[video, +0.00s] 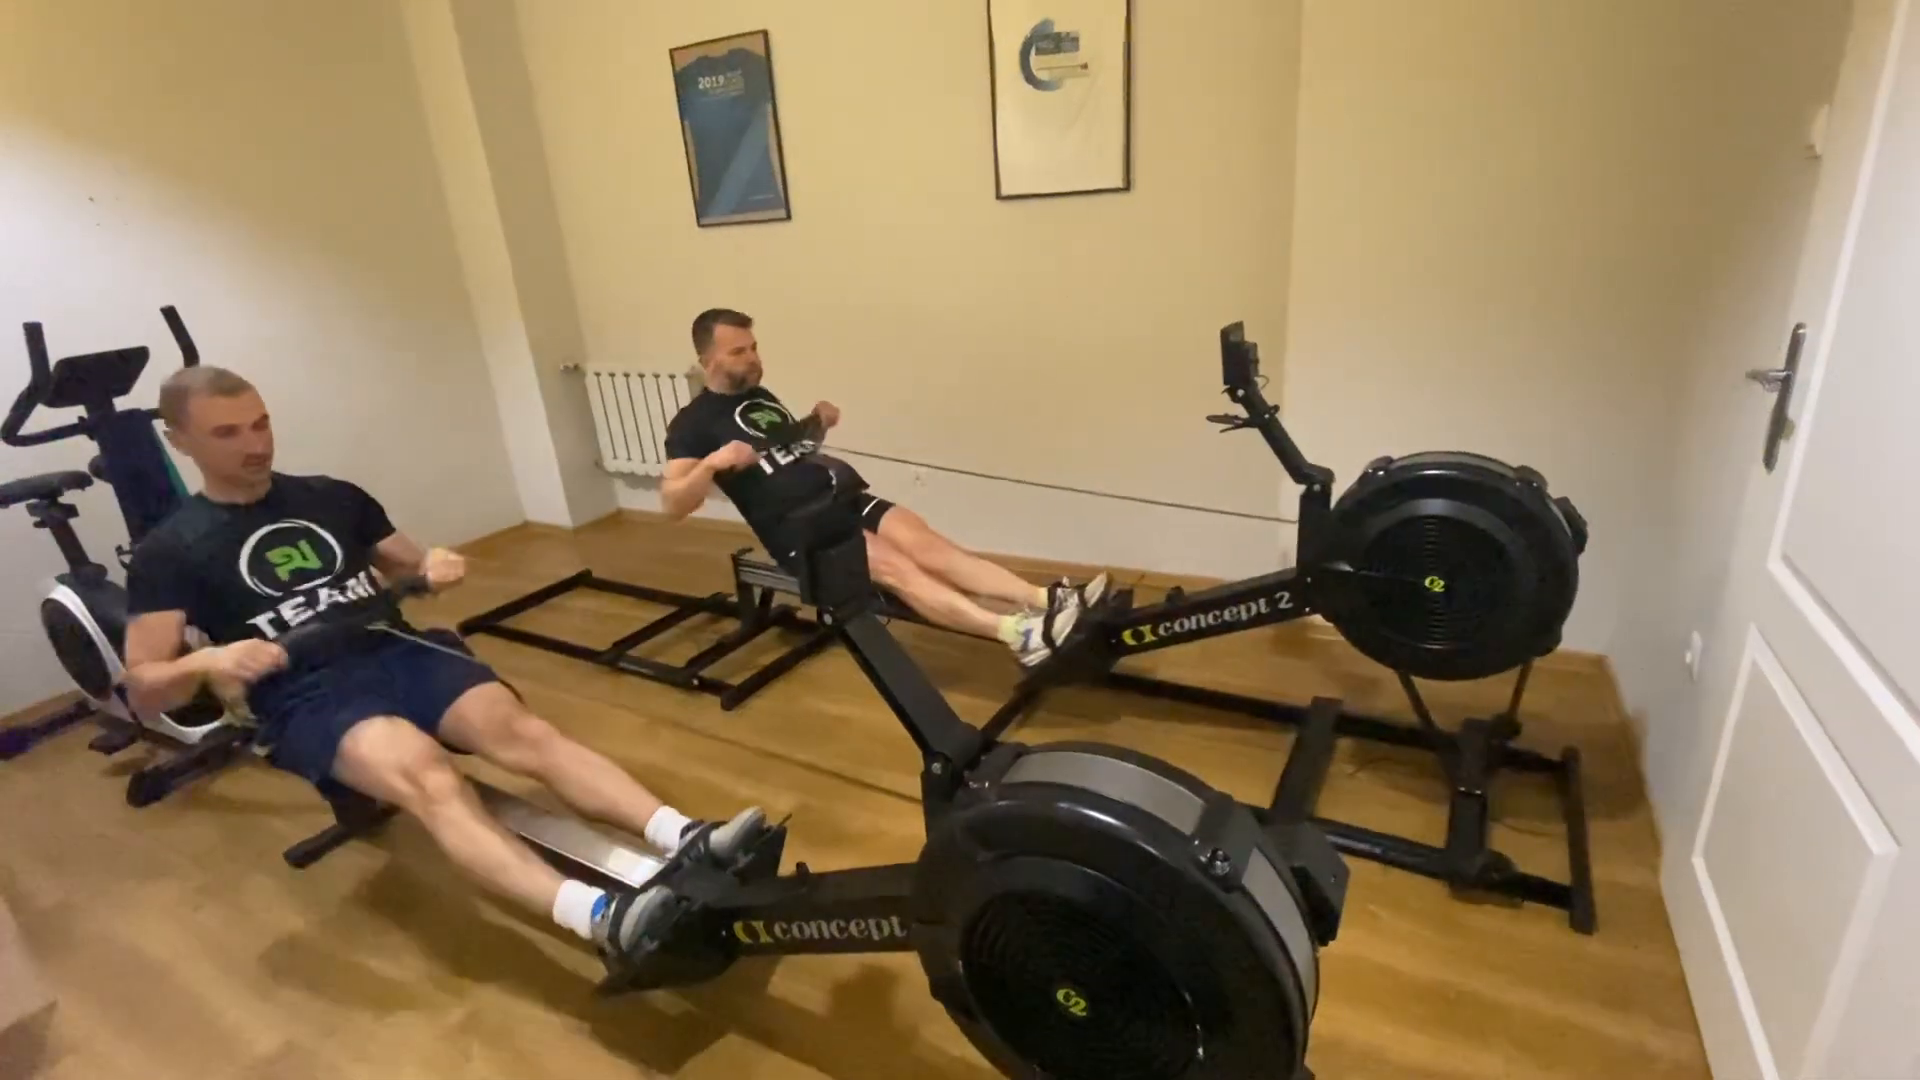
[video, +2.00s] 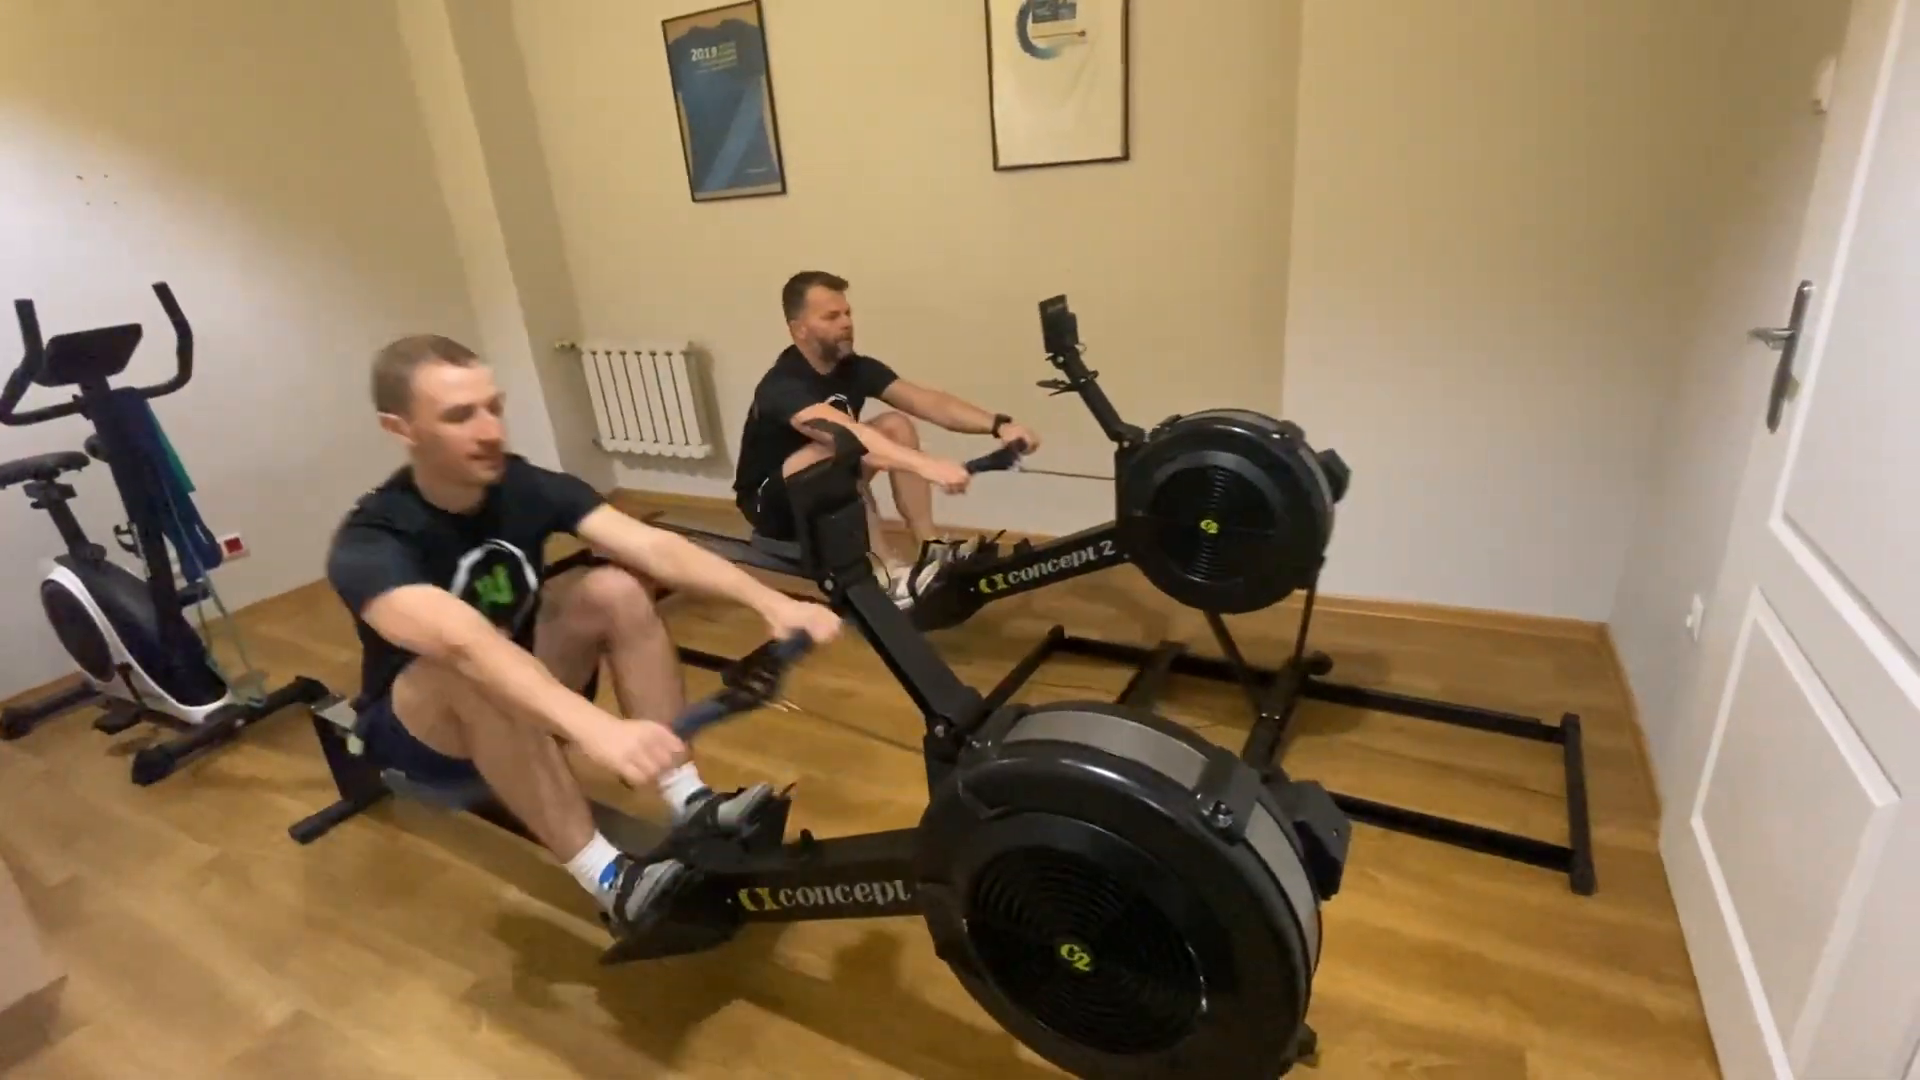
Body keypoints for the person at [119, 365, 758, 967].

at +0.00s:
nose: (254, 445)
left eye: (258, 425)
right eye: (229, 436)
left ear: (269, 417)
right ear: (185, 448)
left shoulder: (327, 497)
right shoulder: (170, 551)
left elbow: (398, 554)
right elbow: (145, 678)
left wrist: (430, 562)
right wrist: (205, 662)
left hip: (392, 646)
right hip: (305, 691)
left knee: (515, 725)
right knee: (428, 777)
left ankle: (688, 839)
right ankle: (604, 920)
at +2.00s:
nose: (490, 431)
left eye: (494, 408)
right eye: (461, 417)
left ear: (503, 404)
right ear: (401, 429)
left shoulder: (524, 488)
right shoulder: (368, 548)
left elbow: (650, 547)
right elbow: (466, 642)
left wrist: (769, 600)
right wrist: (592, 727)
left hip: (516, 691)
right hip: (417, 735)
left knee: (615, 592)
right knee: (476, 666)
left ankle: (693, 808)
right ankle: (612, 883)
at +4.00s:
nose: (530, 445)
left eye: (534, 420)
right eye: (500, 429)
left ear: (542, 416)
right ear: (438, 444)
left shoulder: (560, 494)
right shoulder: (402, 546)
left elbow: (693, 561)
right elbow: (465, 702)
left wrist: (805, 636)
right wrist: (622, 791)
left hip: (527, 686)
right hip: (431, 732)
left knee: (637, 591)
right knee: (472, 660)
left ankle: (683, 801)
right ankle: (607, 877)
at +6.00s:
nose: (381, 395)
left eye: (374, 378)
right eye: (359, 384)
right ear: (297, 406)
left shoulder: (399, 471)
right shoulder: (241, 513)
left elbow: (509, 540)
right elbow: (246, 658)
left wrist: (581, 590)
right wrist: (360, 705)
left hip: (437, 639)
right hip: (346, 679)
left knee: (562, 650)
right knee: (448, 720)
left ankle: (694, 813)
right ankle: (614, 890)